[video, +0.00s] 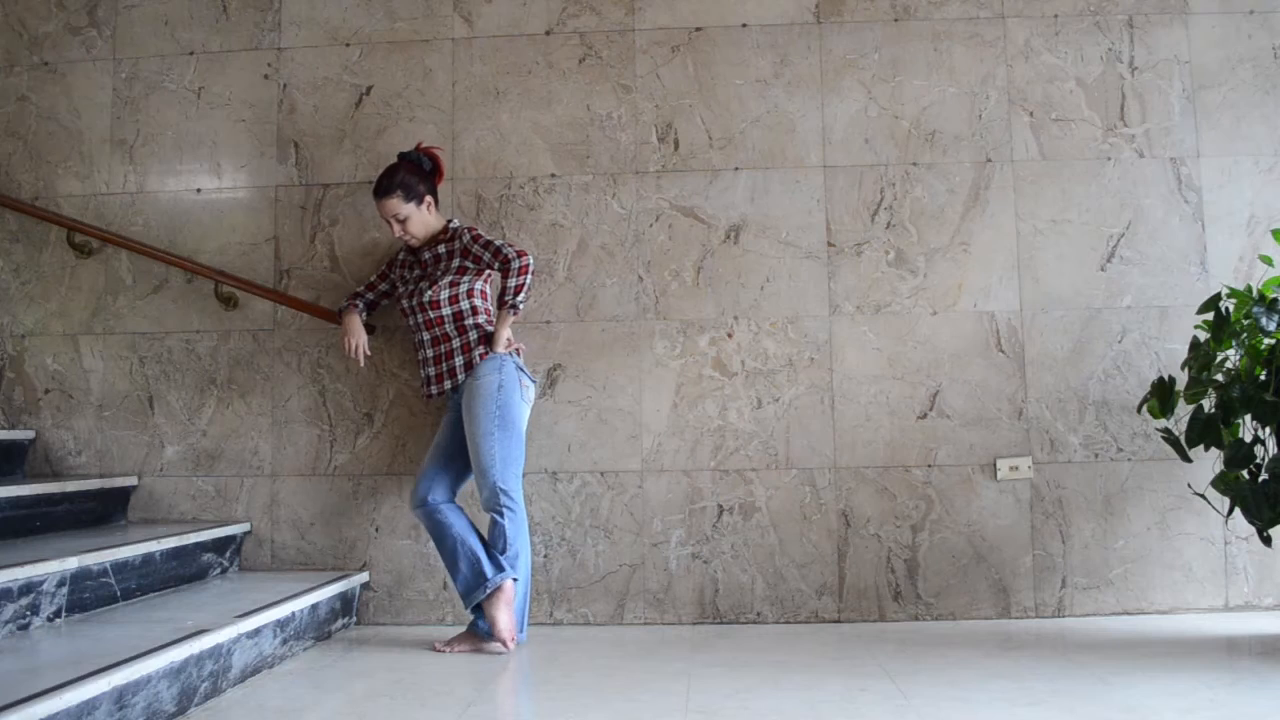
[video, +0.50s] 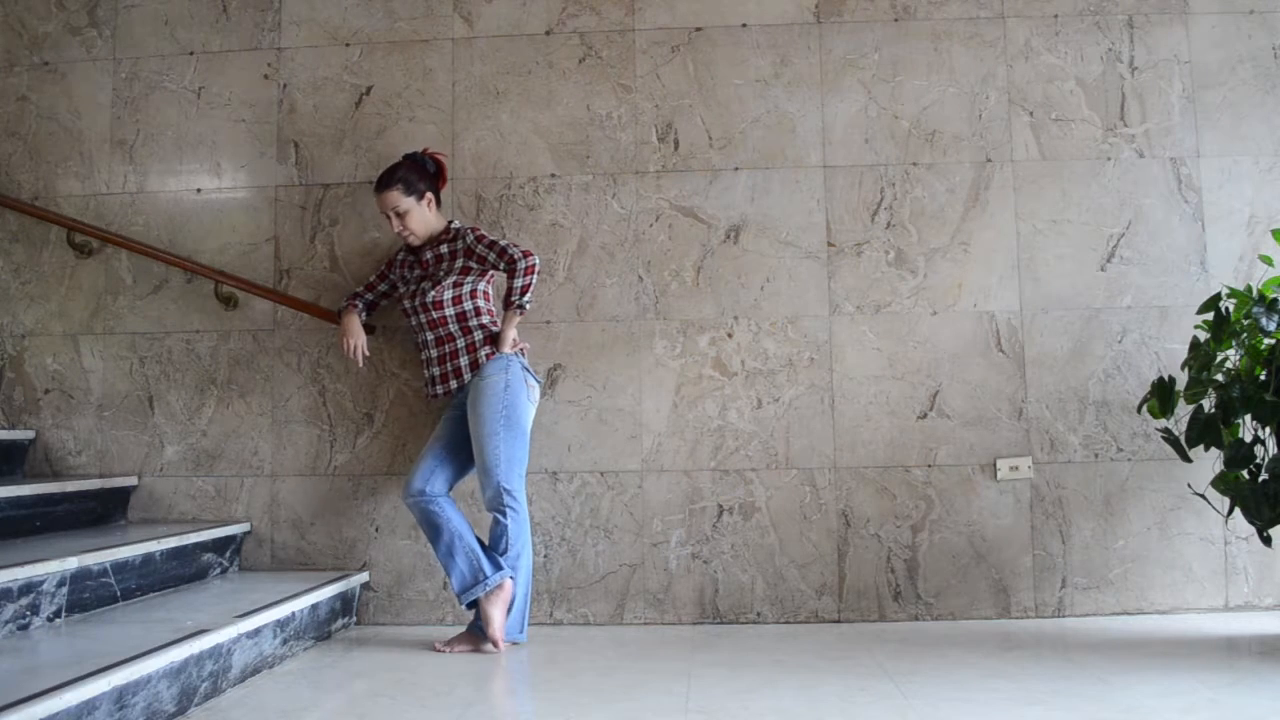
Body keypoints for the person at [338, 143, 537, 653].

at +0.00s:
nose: (397, 231)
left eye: (400, 219)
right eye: (389, 223)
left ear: (428, 202)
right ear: (391, 218)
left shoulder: (464, 239)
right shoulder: (405, 262)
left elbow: (517, 261)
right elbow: (364, 297)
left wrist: (505, 322)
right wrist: (352, 316)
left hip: (493, 371)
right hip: (460, 392)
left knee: (500, 492)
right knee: (430, 496)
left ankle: (499, 628)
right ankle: (494, 591)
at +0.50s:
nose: (395, 226)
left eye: (399, 213)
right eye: (388, 218)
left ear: (430, 200)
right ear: (388, 219)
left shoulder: (465, 239)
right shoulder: (402, 263)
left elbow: (523, 260)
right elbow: (363, 298)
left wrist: (511, 324)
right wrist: (351, 316)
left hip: (498, 372)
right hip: (461, 396)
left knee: (502, 493)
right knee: (423, 491)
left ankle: (496, 628)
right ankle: (489, 586)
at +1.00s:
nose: (391, 208)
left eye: (398, 197)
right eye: (388, 198)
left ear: (433, 195)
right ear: (410, 199)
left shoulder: (467, 238)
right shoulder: (405, 260)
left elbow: (525, 260)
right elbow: (368, 296)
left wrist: (516, 328)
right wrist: (347, 316)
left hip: (498, 375)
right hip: (461, 395)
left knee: (503, 496)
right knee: (410, 470)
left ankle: (503, 627)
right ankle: (462, 588)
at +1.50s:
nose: (400, 193)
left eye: (412, 186)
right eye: (404, 184)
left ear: (443, 201)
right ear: (430, 200)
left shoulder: (468, 243)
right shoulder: (407, 262)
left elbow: (524, 261)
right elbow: (368, 296)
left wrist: (516, 325)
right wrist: (349, 315)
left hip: (499, 373)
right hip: (460, 395)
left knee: (505, 495)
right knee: (435, 494)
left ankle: (502, 627)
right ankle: (473, 618)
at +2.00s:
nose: (408, 169)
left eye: (422, 166)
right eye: (413, 163)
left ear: (447, 189)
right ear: (421, 187)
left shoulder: (460, 228)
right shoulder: (405, 252)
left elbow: (503, 259)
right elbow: (376, 290)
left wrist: (503, 326)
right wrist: (350, 314)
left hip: (487, 365)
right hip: (448, 381)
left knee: (486, 490)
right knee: (448, 497)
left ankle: (499, 623)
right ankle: (474, 618)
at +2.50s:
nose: (409, 175)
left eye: (423, 170)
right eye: (410, 169)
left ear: (451, 189)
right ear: (412, 187)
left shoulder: (476, 233)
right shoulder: (409, 256)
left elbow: (537, 269)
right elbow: (375, 295)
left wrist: (536, 344)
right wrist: (347, 314)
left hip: (491, 374)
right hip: (442, 386)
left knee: (470, 486)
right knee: (443, 499)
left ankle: (505, 616)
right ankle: (472, 619)